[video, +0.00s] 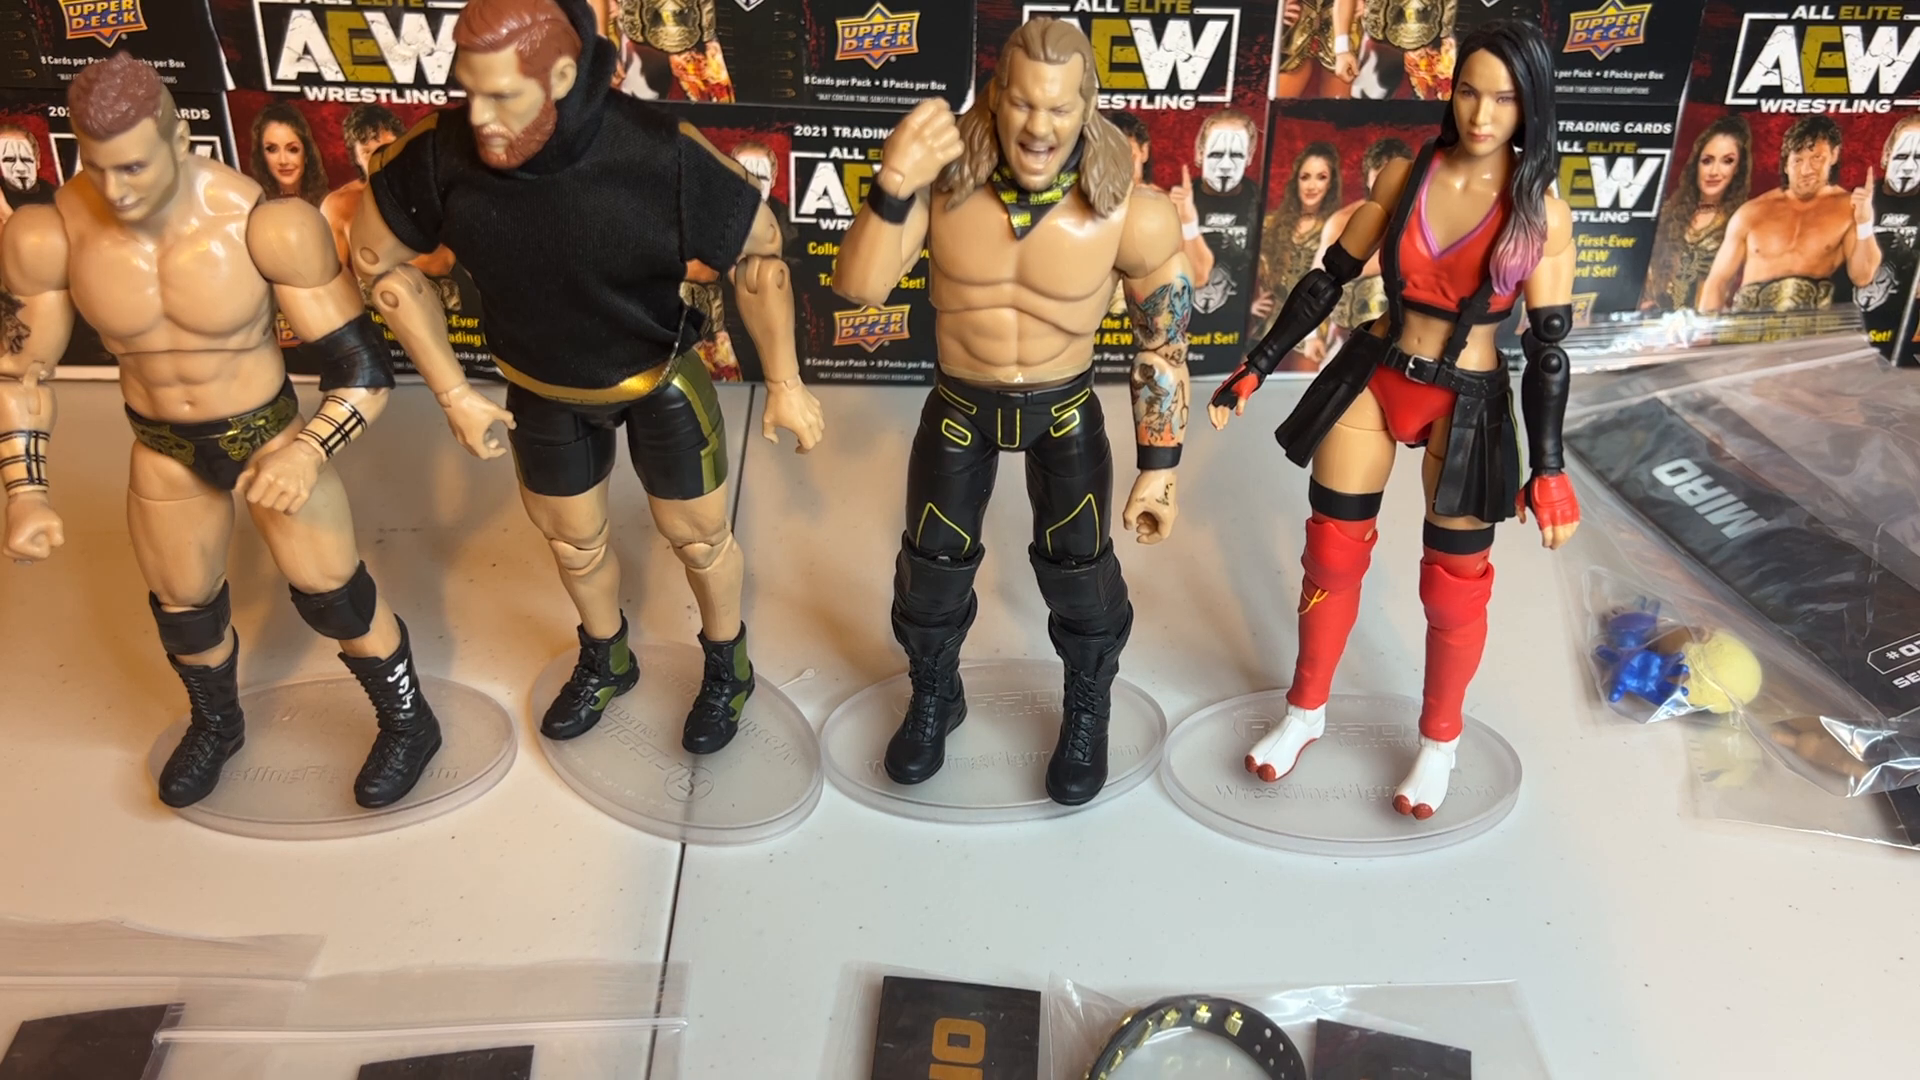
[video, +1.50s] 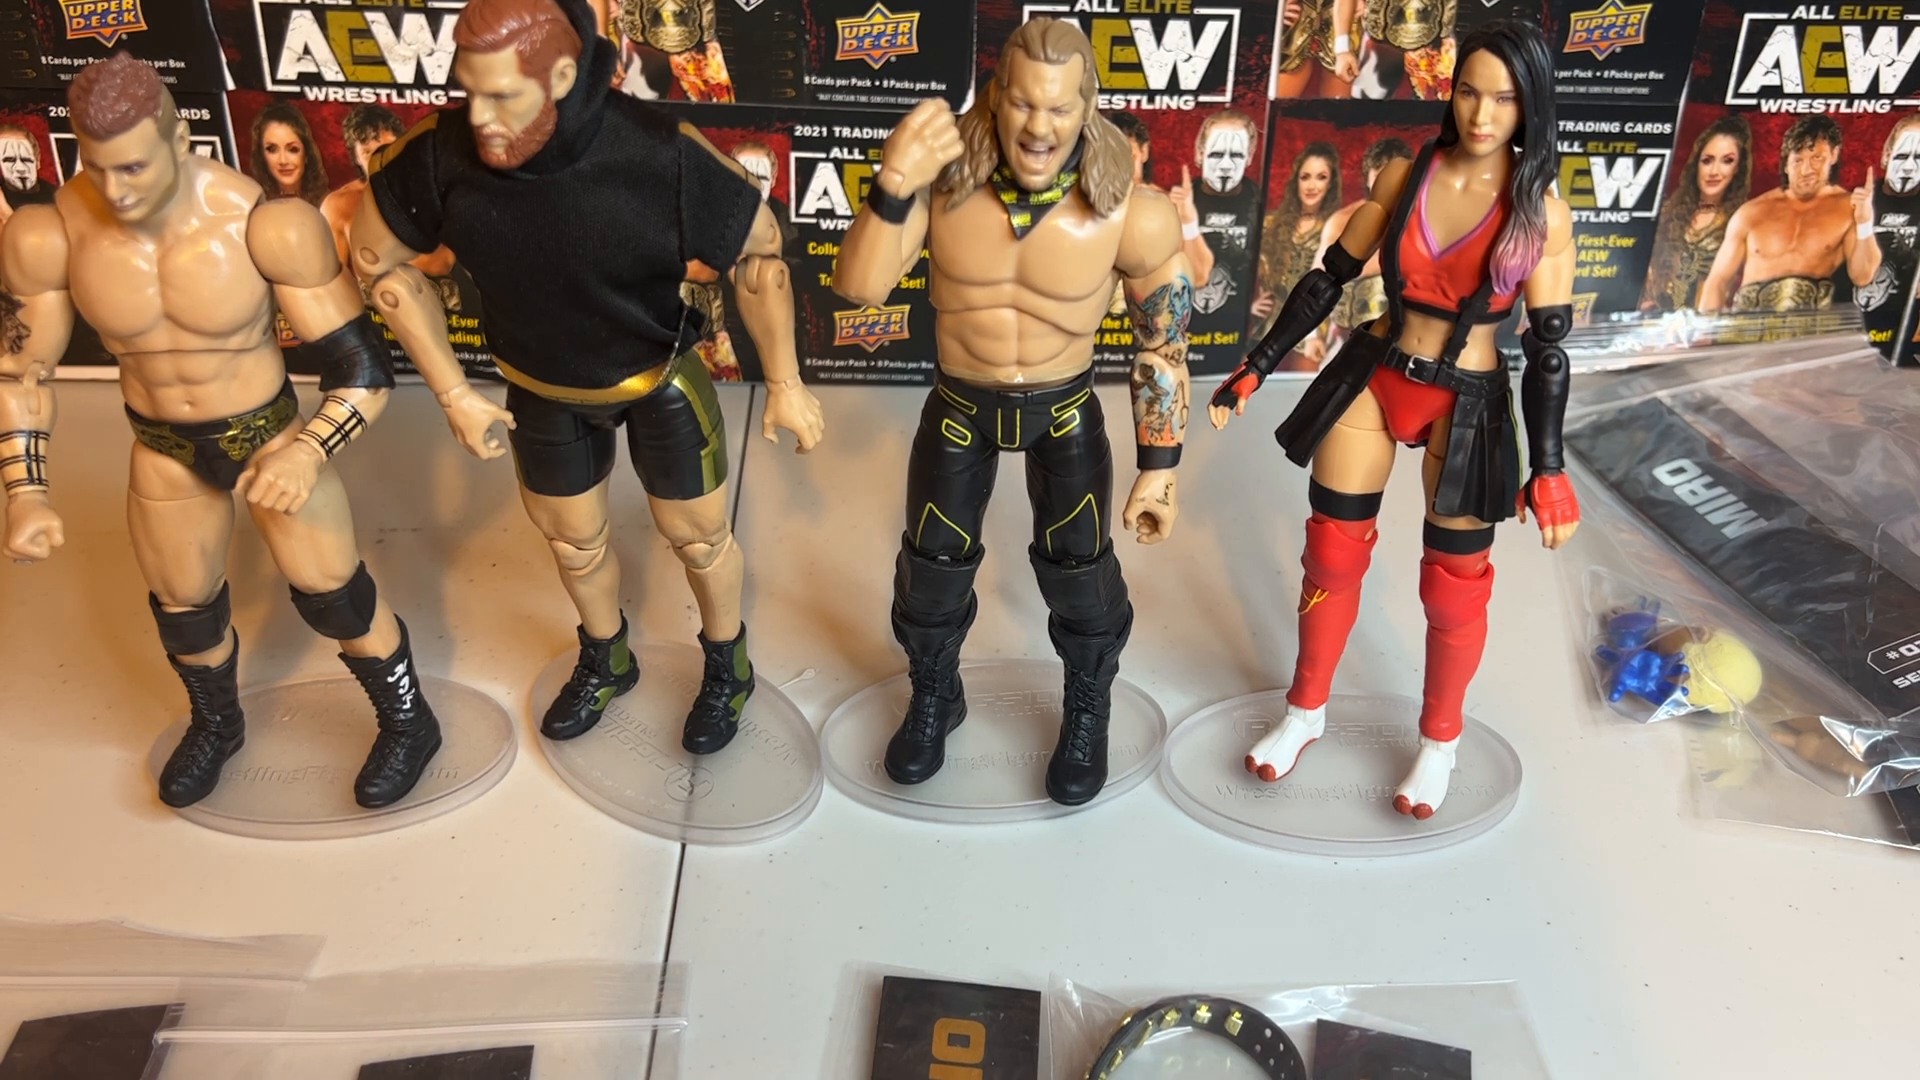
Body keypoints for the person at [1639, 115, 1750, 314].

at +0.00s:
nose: (1714, 171)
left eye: (1727, 161)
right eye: (1707, 160)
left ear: (1739, 168)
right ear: (1695, 164)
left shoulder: (1742, 220)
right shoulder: (1670, 213)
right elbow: (1653, 265)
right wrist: (1648, 300)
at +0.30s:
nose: (1714, 171)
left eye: (1727, 161)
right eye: (1707, 160)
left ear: (1739, 168)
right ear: (1695, 164)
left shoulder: (1742, 220)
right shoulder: (1670, 213)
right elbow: (1654, 268)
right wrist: (1649, 301)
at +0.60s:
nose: (1714, 171)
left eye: (1727, 161)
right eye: (1707, 160)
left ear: (1739, 168)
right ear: (1695, 164)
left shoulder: (1742, 220)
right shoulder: (1670, 212)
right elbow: (1654, 267)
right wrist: (1649, 300)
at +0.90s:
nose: (1714, 171)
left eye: (1727, 161)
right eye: (1707, 160)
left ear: (1739, 168)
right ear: (1695, 164)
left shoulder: (1742, 220)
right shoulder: (1670, 213)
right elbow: (1654, 268)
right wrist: (1649, 301)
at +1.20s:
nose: (1714, 171)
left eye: (1727, 161)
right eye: (1707, 160)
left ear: (1739, 168)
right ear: (1695, 164)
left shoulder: (1742, 220)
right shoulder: (1670, 213)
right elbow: (1653, 267)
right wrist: (1649, 300)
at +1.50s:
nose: (1714, 171)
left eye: (1727, 161)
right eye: (1707, 160)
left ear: (1739, 168)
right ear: (1696, 164)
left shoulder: (1742, 219)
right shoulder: (1671, 212)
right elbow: (1655, 266)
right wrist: (1649, 301)